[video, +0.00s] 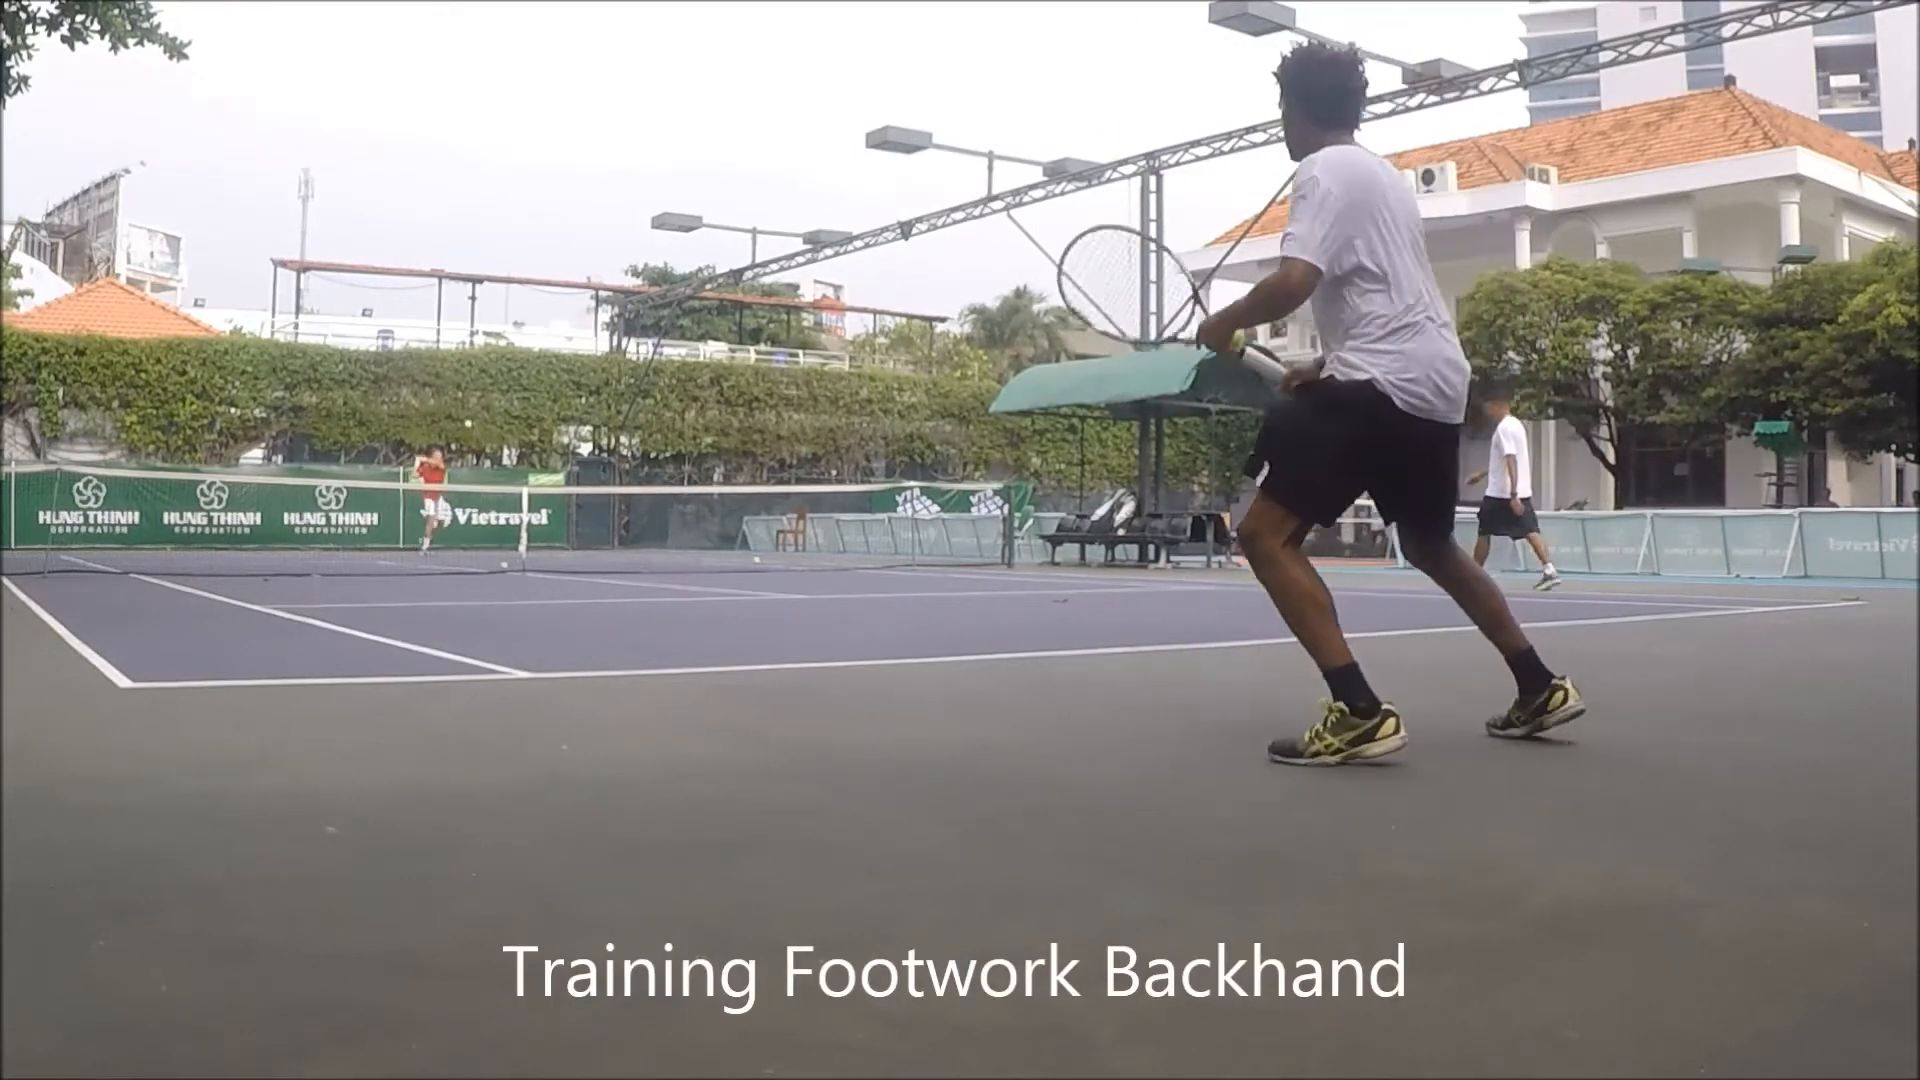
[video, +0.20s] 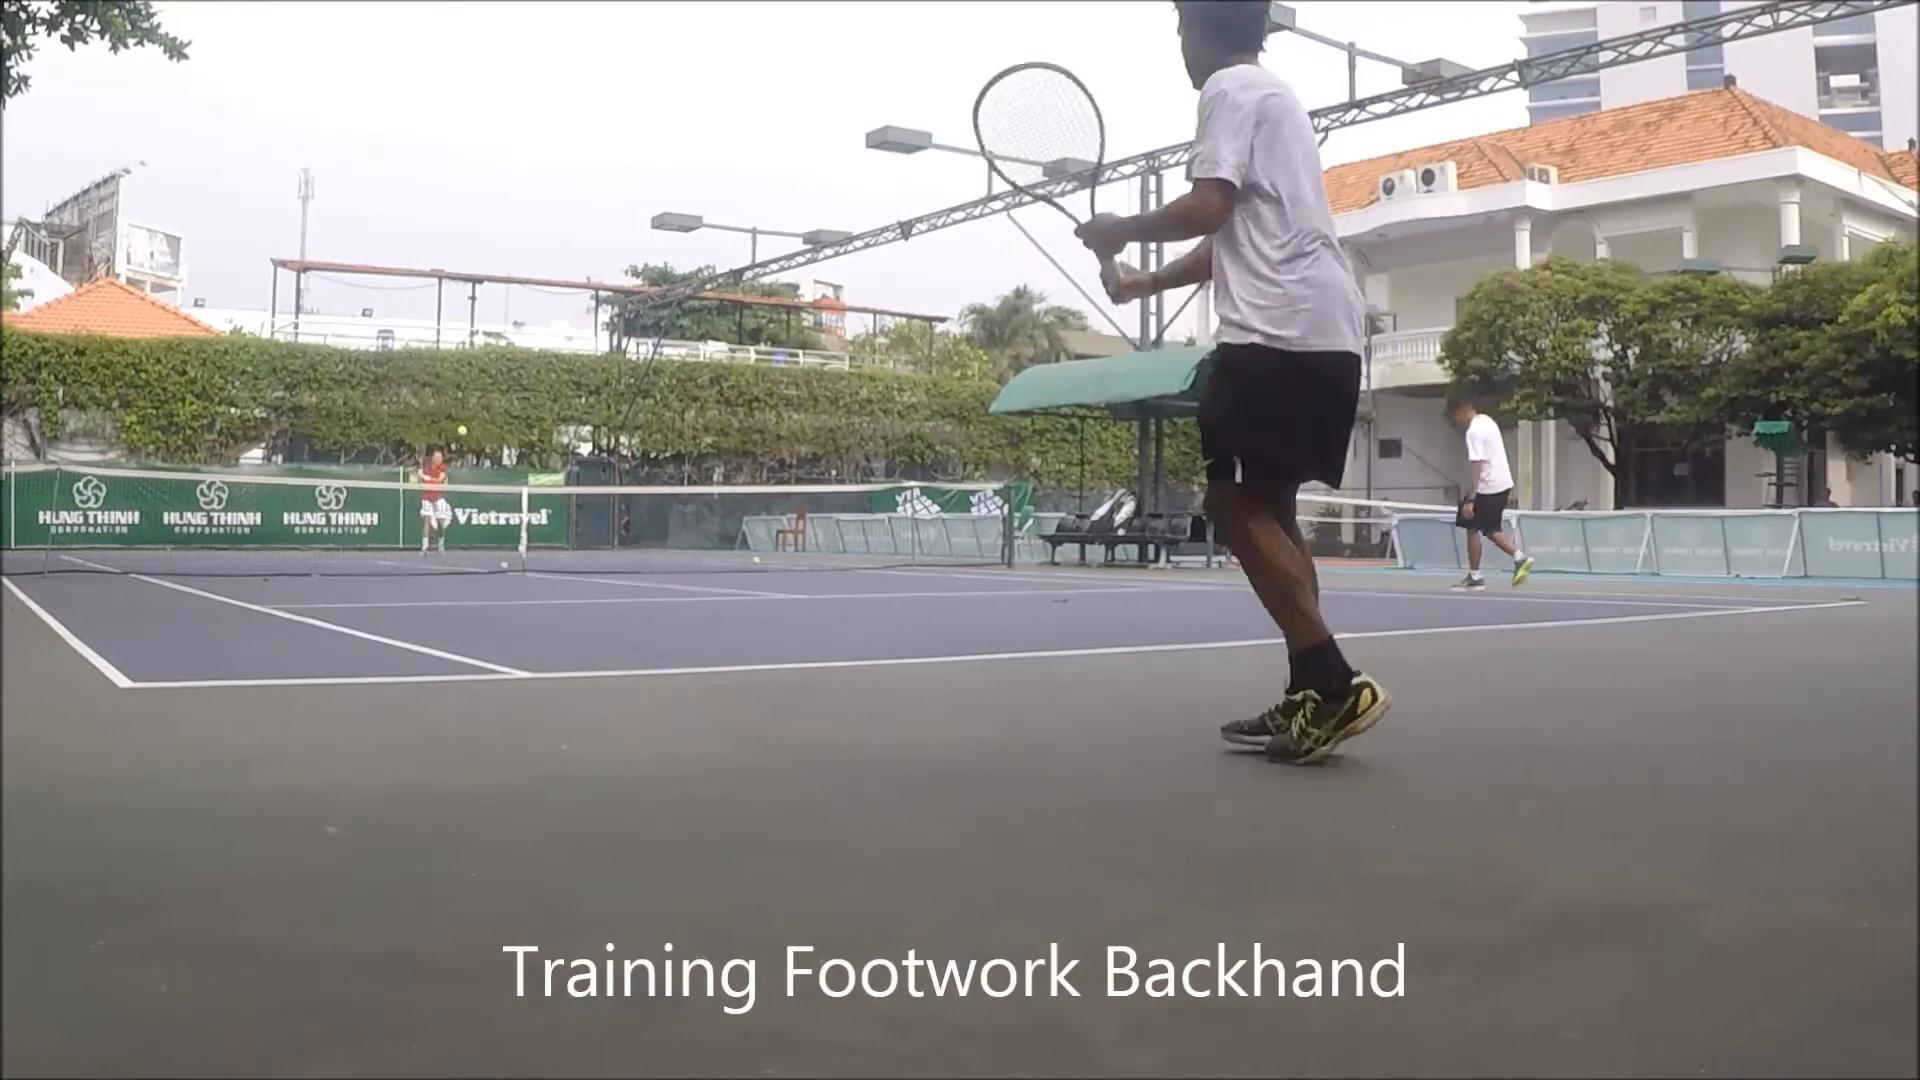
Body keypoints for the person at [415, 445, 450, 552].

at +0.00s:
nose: (438, 459)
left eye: (439, 457)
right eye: (435, 457)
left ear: (442, 458)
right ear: (429, 457)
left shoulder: (442, 468)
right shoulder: (424, 467)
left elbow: (438, 464)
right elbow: (416, 474)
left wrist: (423, 459)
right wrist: (417, 461)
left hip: (438, 493)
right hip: (428, 493)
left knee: (438, 522)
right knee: (431, 517)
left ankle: (426, 537)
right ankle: (426, 542)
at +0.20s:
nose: (437, 459)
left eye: (439, 457)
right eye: (435, 457)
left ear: (442, 459)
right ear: (431, 458)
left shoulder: (443, 469)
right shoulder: (427, 468)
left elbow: (439, 480)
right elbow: (421, 477)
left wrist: (424, 477)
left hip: (438, 495)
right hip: (427, 496)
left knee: (440, 520)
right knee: (427, 520)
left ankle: (441, 544)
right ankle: (425, 543)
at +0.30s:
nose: (436, 461)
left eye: (438, 459)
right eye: (434, 459)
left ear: (442, 460)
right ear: (430, 460)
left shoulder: (442, 472)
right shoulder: (427, 472)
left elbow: (443, 486)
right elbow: (423, 484)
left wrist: (428, 485)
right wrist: (438, 486)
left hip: (439, 502)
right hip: (427, 503)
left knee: (441, 526)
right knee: (426, 525)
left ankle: (441, 547)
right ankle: (423, 546)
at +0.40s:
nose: (435, 460)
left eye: (437, 457)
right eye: (433, 457)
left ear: (441, 459)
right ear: (430, 459)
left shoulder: (442, 472)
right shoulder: (428, 471)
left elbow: (443, 486)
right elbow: (424, 483)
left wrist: (428, 486)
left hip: (438, 501)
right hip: (427, 500)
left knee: (440, 524)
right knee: (423, 522)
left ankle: (441, 545)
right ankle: (419, 545)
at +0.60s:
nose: (429, 460)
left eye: (432, 458)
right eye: (427, 457)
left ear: (436, 459)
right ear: (425, 459)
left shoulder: (439, 470)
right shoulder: (422, 470)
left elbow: (443, 486)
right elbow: (416, 481)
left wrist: (428, 487)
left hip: (435, 499)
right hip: (423, 499)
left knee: (439, 521)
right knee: (417, 517)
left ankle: (440, 541)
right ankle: (415, 540)